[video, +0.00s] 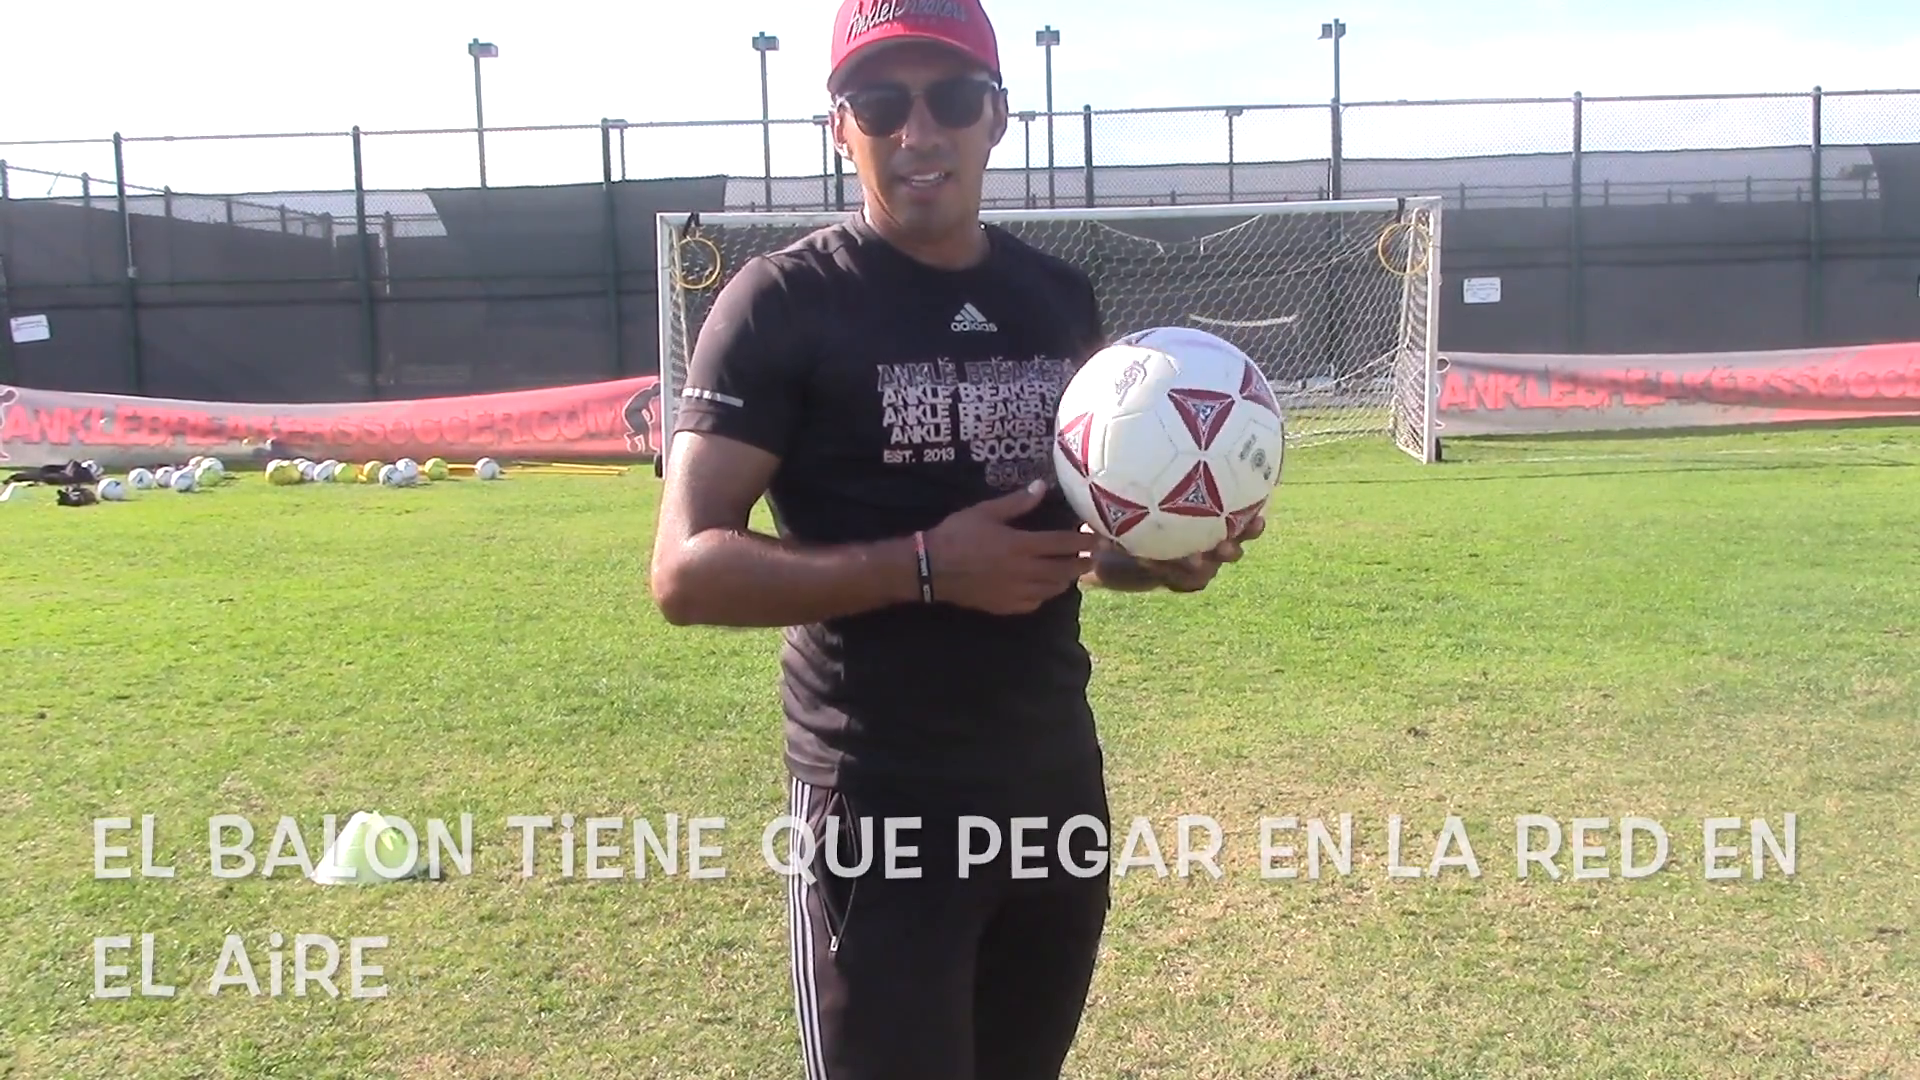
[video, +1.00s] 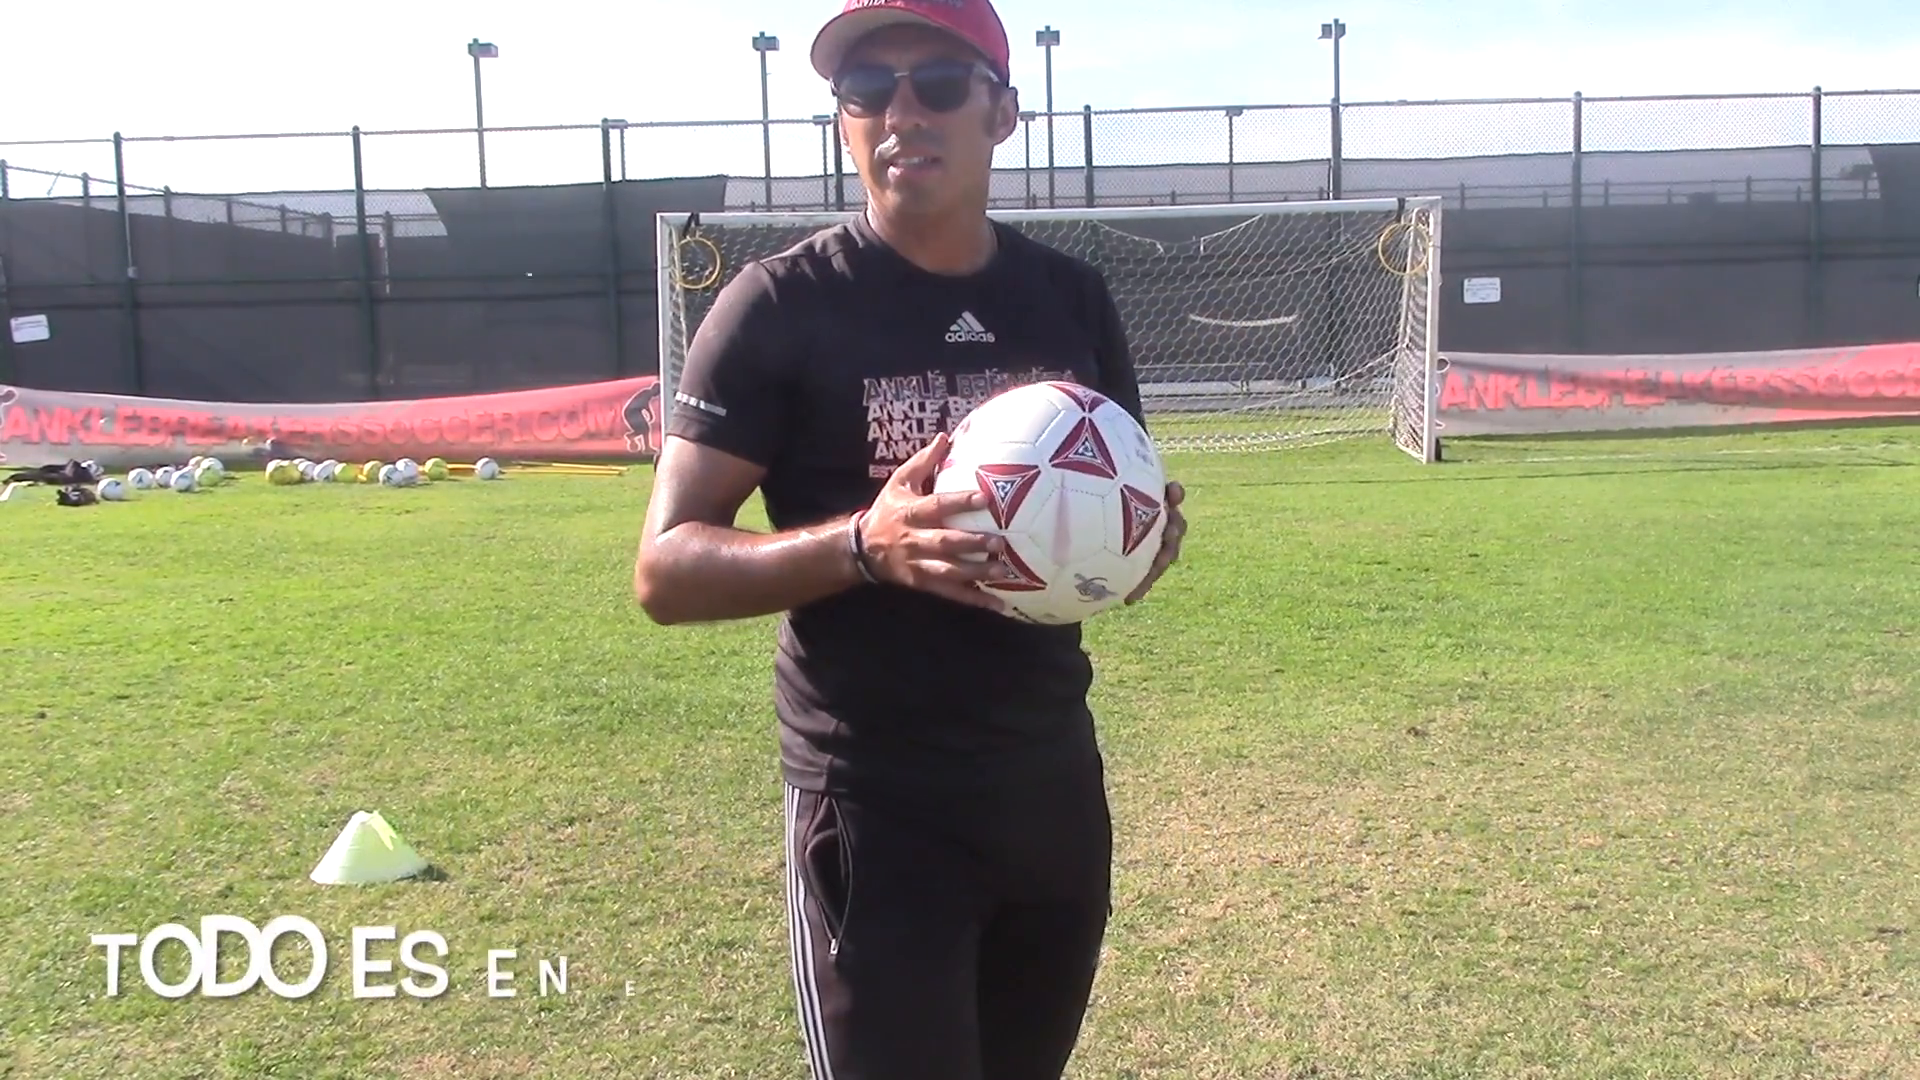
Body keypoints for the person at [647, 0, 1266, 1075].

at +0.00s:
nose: (920, 134)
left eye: (952, 101)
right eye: (884, 104)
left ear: (996, 118)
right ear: (841, 129)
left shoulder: (1056, 297)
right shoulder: (776, 304)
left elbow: (1087, 527)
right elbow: (685, 571)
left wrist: (1165, 553)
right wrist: (925, 564)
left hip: (1052, 772)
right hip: (873, 783)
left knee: (1022, 1063)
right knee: (889, 1062)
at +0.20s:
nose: (924, 128)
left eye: (955, 95)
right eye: (887, 99)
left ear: (997, 113)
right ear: (843, 130)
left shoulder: (1061, 297)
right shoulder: (778, 304)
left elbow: (1091, 497)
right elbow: (678, 567)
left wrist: (1164, 510)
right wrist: (916, 588)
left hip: (1053, 765)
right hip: (876, 779)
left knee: (1025, 1063)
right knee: (888, 1062)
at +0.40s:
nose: (920, 118)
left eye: (948, 86)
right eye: (880, 95)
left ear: (993, 107)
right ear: (842, 131)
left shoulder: (1063, 294)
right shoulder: (781, 307)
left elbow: (1090, 527)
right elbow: (678, 571)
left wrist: (1164, 542)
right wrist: (869, 578)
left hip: (1055, 776)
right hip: (880, 789)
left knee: (1027, 1063)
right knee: (891, 1061)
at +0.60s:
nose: (913, 123)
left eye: (944, 91)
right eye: (876, 98)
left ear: (992, 110)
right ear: (839, 128)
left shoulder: (1061, 288)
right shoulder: (776, 309)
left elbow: (1130, 509)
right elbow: (689, 585)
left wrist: (1141, 535)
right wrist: (852, 534)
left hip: (1058, 781)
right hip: (879, 792)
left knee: (1027, 1064)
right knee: (888, 1060)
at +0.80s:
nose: (905, 117)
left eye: (939, 88)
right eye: (871, 94)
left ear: (996, 115)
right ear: (837, 128)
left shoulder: (1066, 291)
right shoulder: (772, 311)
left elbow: (1126, 563)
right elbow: (686, 581)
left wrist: (1145, 490)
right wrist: (875, 541)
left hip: (1054, 776)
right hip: (875, 789)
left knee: (1026, 1064)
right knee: (887, 1060)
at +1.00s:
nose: (904, 116)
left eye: (940, 86)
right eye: (871, 92)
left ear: (1001, 117)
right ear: (841, 124)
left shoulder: (1070, 295)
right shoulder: (771, 309)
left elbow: (1120, 501)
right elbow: (667, 572)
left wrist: (1146, 525)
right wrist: (858, 547)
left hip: (1050, 775)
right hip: (870, 789)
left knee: (1024, 1062)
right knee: (894, 1061)